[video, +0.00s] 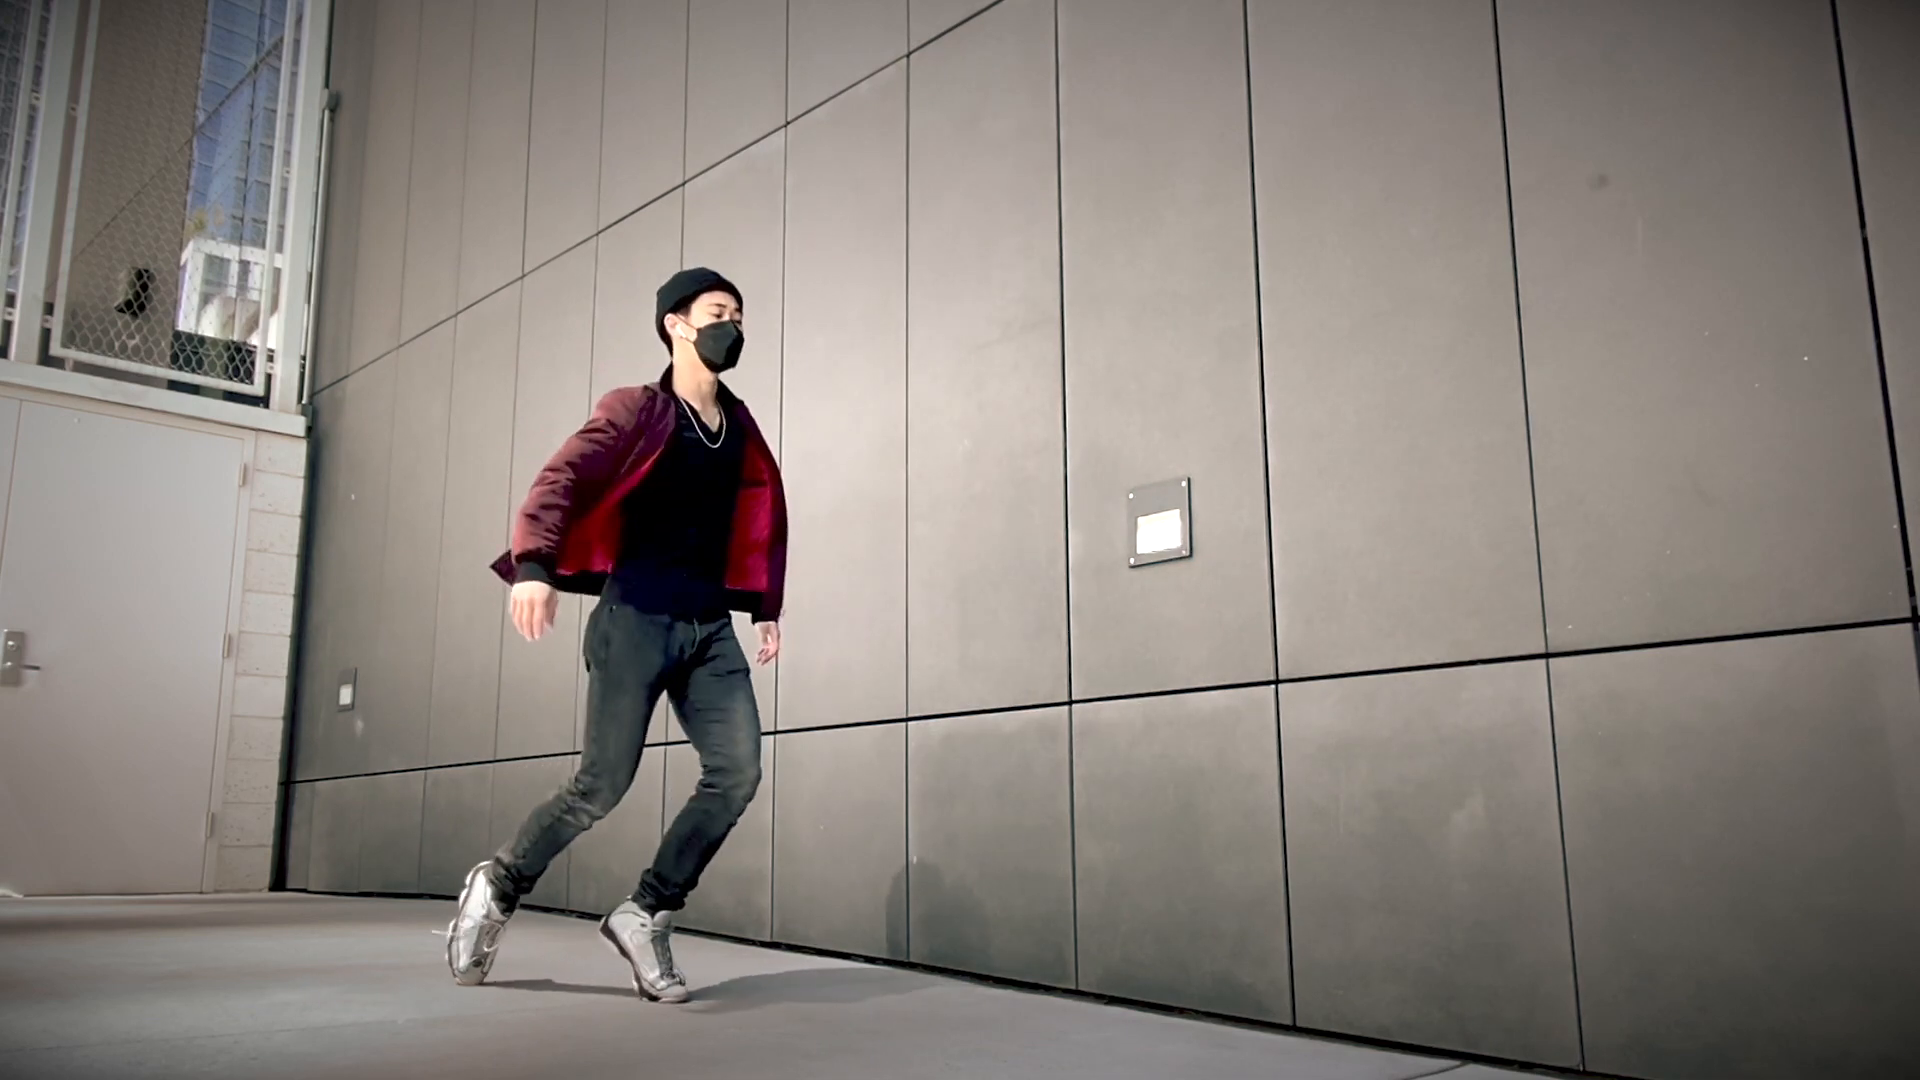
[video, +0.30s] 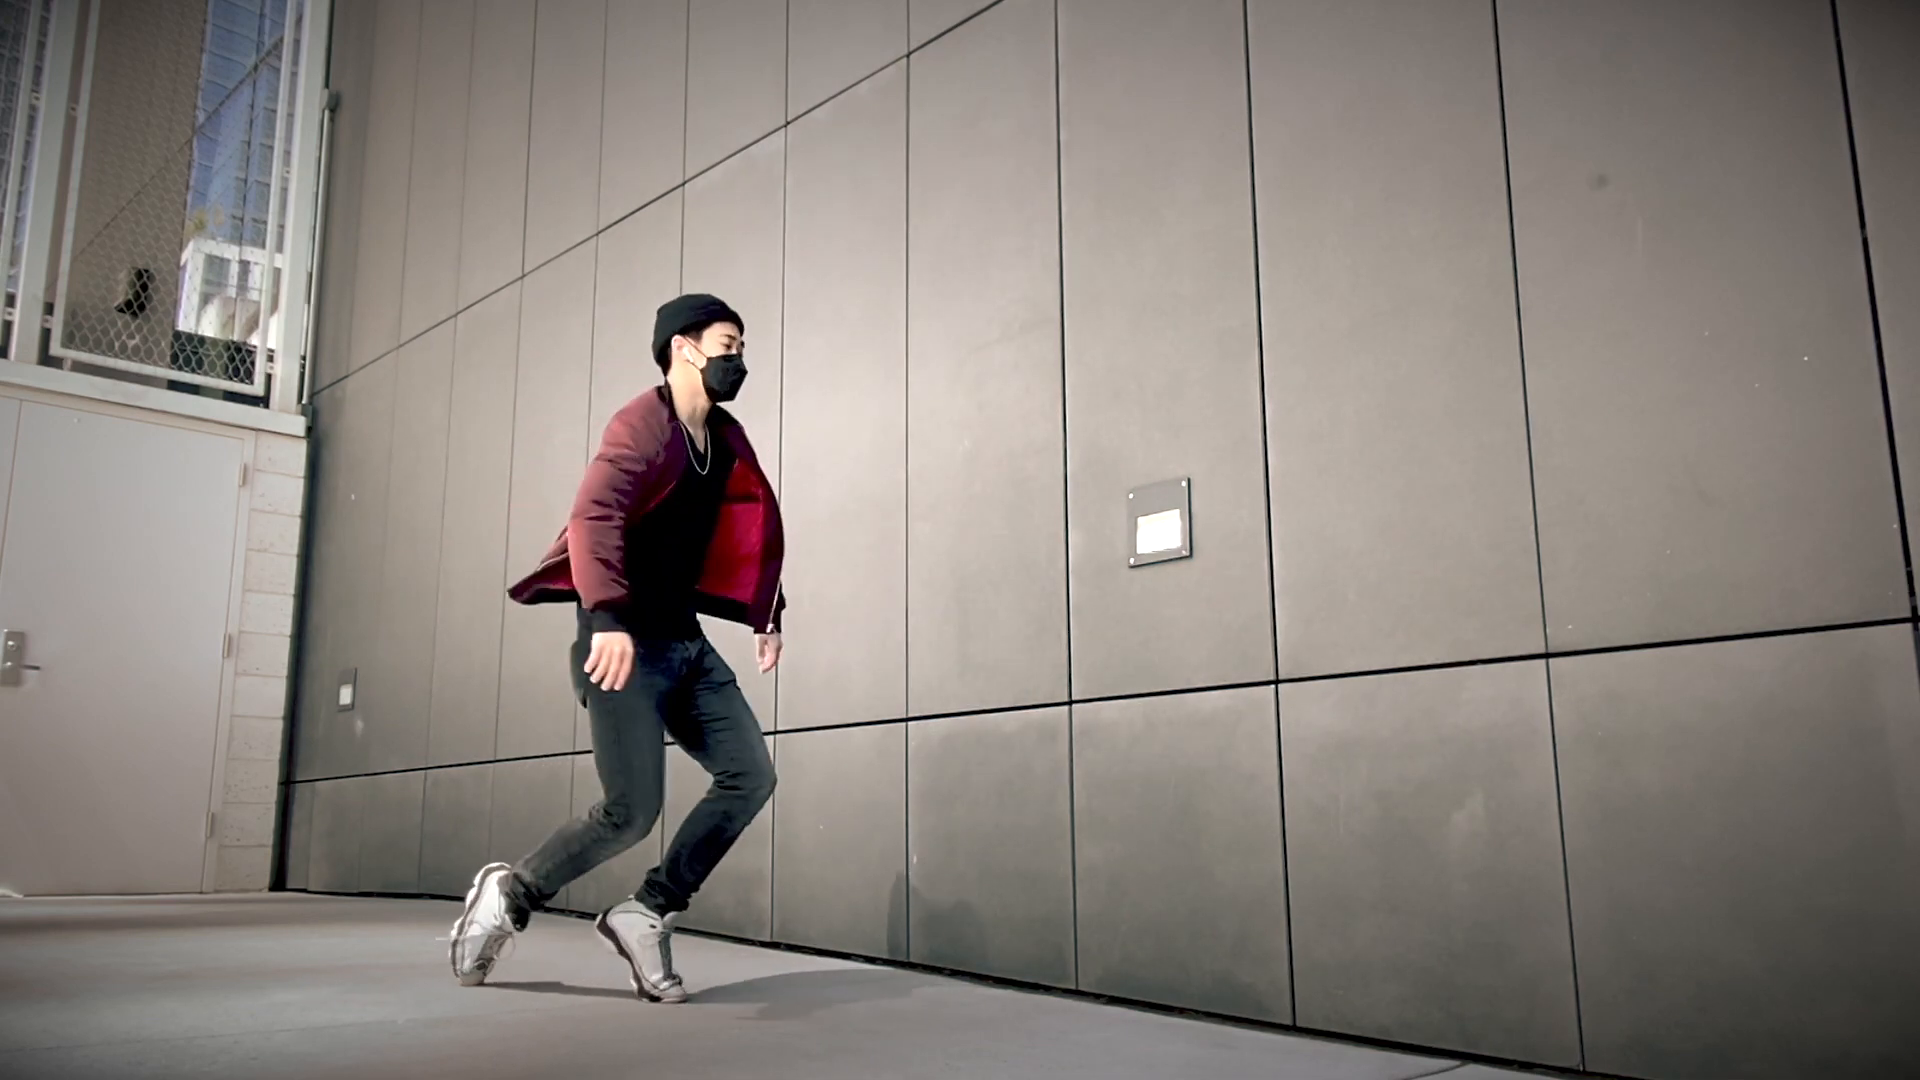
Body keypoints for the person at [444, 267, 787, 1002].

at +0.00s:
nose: (732, 324)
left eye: (737, 315)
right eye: (715, 313)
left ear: (738, 333)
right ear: (674, 327)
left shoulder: (738, 424)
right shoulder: (636, 409)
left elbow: (765, 514)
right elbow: (561, 477)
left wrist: (767, 605)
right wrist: (532, 568)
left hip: (708, 628)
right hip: (633, 620)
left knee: (735, 776)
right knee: (601, 785)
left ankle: (644, 916)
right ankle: (495, 888)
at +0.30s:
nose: (740, 358)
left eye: (742, 349)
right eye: (727, 346)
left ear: (720, 357)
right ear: (682, 350)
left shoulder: (724, 433)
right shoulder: (643, 424)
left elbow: (752, 520)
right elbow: (592, 516)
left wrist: (764, 610)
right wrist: (608, 620)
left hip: (681, 636)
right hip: (618, 634)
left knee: (748, 778)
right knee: (631, 811)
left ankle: (646, 917)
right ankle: (506, 896)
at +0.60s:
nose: (710, 369)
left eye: (710, 361)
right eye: (699, 358)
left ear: (671, 367)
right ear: (656, 362)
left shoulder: (695, 456)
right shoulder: (619, 441)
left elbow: (736, 543)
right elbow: (619, 553)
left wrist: (796, 627)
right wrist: (678, 657)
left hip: (643, 661)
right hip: (587, 656)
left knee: (704, 799)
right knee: (629, 820)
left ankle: (616, 937)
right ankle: (499, 898)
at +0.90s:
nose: (670, 355)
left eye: (671, 346)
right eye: (657, 343)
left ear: (645, 354)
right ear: (610, 346)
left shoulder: (661, 443)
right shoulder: (564, 423)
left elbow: (705, 532)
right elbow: (594, 530)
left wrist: (774, 614)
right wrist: (663, 631)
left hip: (588, 639)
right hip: (515, 632)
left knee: (633, 788)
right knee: (543, 798)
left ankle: (585, 949)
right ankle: (433, 900)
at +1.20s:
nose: (604, 309)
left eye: (614, 302)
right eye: (587, 298)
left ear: (623, 317)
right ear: (550, 310)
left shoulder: (641, 402)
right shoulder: (503, 387)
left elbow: (644, 493)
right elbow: (525, 494)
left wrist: (647, 577)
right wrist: (623, 563)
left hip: (572, 602)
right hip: (487, 595)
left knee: (560, 769)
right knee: (474, 765)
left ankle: (556, 941)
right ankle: (437, 908)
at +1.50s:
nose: (511, 281)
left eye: (527, 267)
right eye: (500, 270)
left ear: (567, 280)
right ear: (491, 286)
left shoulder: (598, 367)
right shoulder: (477, 371)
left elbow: (540, 447)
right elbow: (458, 465)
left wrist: (423, 504)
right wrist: (496, 527)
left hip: (564, 589)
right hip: (496, 586)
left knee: (522, 769)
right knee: (461, 764)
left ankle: (528, 951)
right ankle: (482, 912)